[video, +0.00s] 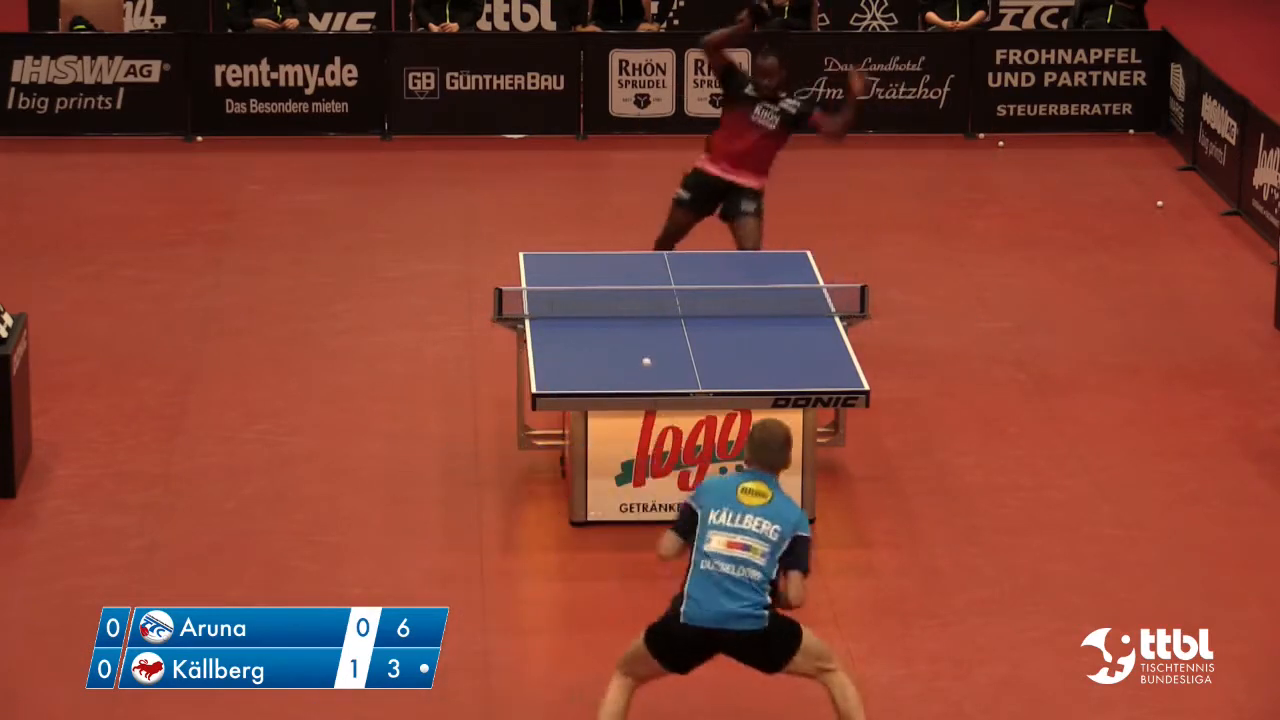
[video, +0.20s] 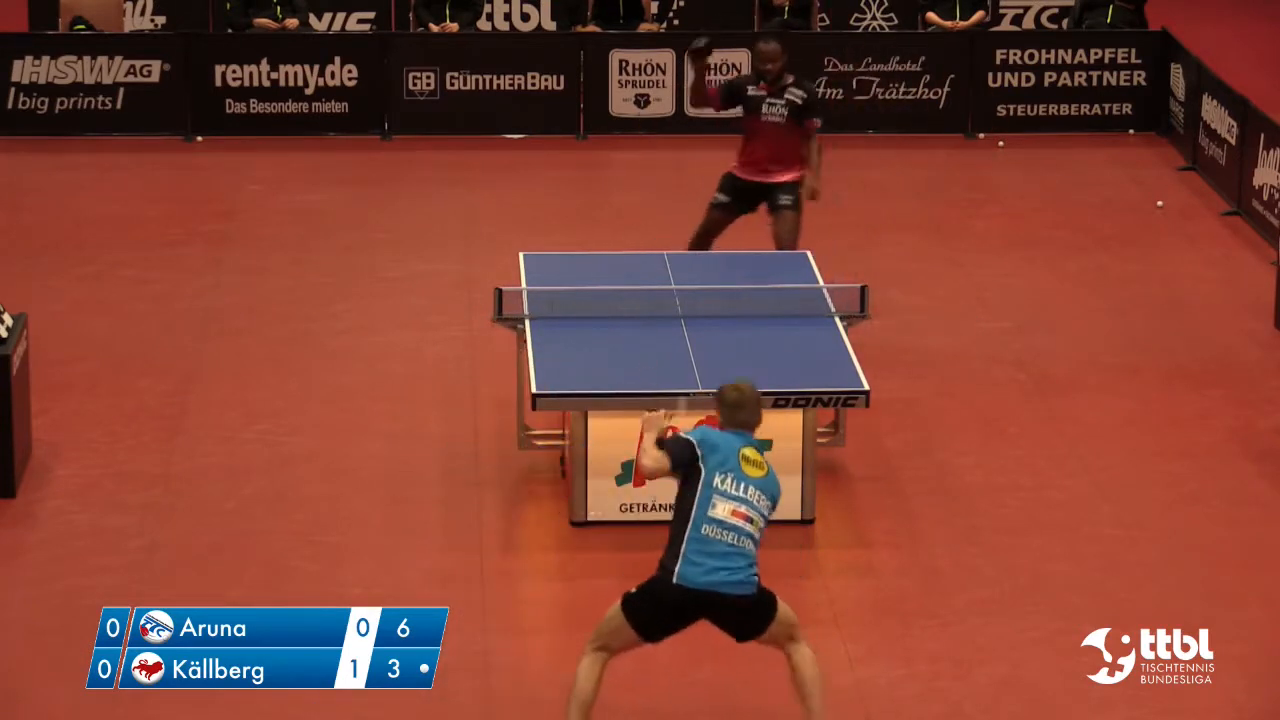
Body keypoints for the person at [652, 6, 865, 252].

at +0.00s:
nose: (764, 80)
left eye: (770, 75)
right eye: (760, 74)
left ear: (782, 75)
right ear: (754, 71)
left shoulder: (794, 109)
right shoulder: (737, 85)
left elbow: (835, 128)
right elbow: (710, 45)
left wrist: (853, 98)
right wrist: (742, 28)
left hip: (746, 190)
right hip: (707, 177)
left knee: (751, 256)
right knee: (665, 241)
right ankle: (650, 291)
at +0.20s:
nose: (768, 67)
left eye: (773, 61)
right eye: (762, 62)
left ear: (784, 60)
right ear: (754, 61)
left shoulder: (803, 93)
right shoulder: (745, 86)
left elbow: (813, 136)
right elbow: (699, 100)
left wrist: (813, 177)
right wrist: (700, 70)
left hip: (785, 181)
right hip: (745, 176)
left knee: (786, 247)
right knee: (706, 232)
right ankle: (684, 281)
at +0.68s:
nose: (825, 108)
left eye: (831, 101)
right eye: (821, 102)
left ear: (844, 99)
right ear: (816, 102)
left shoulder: (859, 123)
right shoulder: (837, 126)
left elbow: (845, 171)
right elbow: (848, 171)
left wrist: (795, 195)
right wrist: (826, 200)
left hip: (897, 198)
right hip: (864, 198)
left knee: (892, 262)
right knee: (820, 227)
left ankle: (945, 323)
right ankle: (793, 287)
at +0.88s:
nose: (839, 97)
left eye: (844, 90)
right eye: (836, 91)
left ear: (859, 85)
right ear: (836, 89)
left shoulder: (862, 111)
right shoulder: (883, 98)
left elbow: (836, 148)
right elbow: (920, 119)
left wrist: (796, 174)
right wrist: (929, 142)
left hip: (903, 191)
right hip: (881, 188)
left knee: (888, 264)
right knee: (842, 226)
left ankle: (945, 322)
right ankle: (858, 293)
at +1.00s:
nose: (851, 68)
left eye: (856, 62)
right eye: (850, 62)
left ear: (871, 60)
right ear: (858, 60)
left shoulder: (879, 87)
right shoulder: (887, 78)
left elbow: (885, 130)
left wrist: (871, 167)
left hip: (908, 172)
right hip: (886, 170)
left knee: (901, 243)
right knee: (850, 220)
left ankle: (944, 316)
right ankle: (859, 291)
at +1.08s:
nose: (873, 44)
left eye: (878, 37)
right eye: (872, 38)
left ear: (893, 38)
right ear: (875, 40)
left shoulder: (916, 68)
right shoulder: (876, 71)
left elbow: (923, 114)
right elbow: (864, 106)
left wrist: (898, 132)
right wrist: (824, 95)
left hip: (914, 153)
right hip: (883, 153)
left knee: (903, 217)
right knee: (864, 216)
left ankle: (935, 297)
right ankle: (859, 289)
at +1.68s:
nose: (899, 74)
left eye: (905, 69)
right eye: (894, 68)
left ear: (912, 71)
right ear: (884, 68)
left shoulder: (917, 109)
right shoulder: (864, 93)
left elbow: (914, 153)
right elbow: (829, 119)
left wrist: (921, 189)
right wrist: (839, 118)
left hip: (901, 185)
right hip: (859, 182)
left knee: (937, 236)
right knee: (826, 242)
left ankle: (982, 296)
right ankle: (784, 294)